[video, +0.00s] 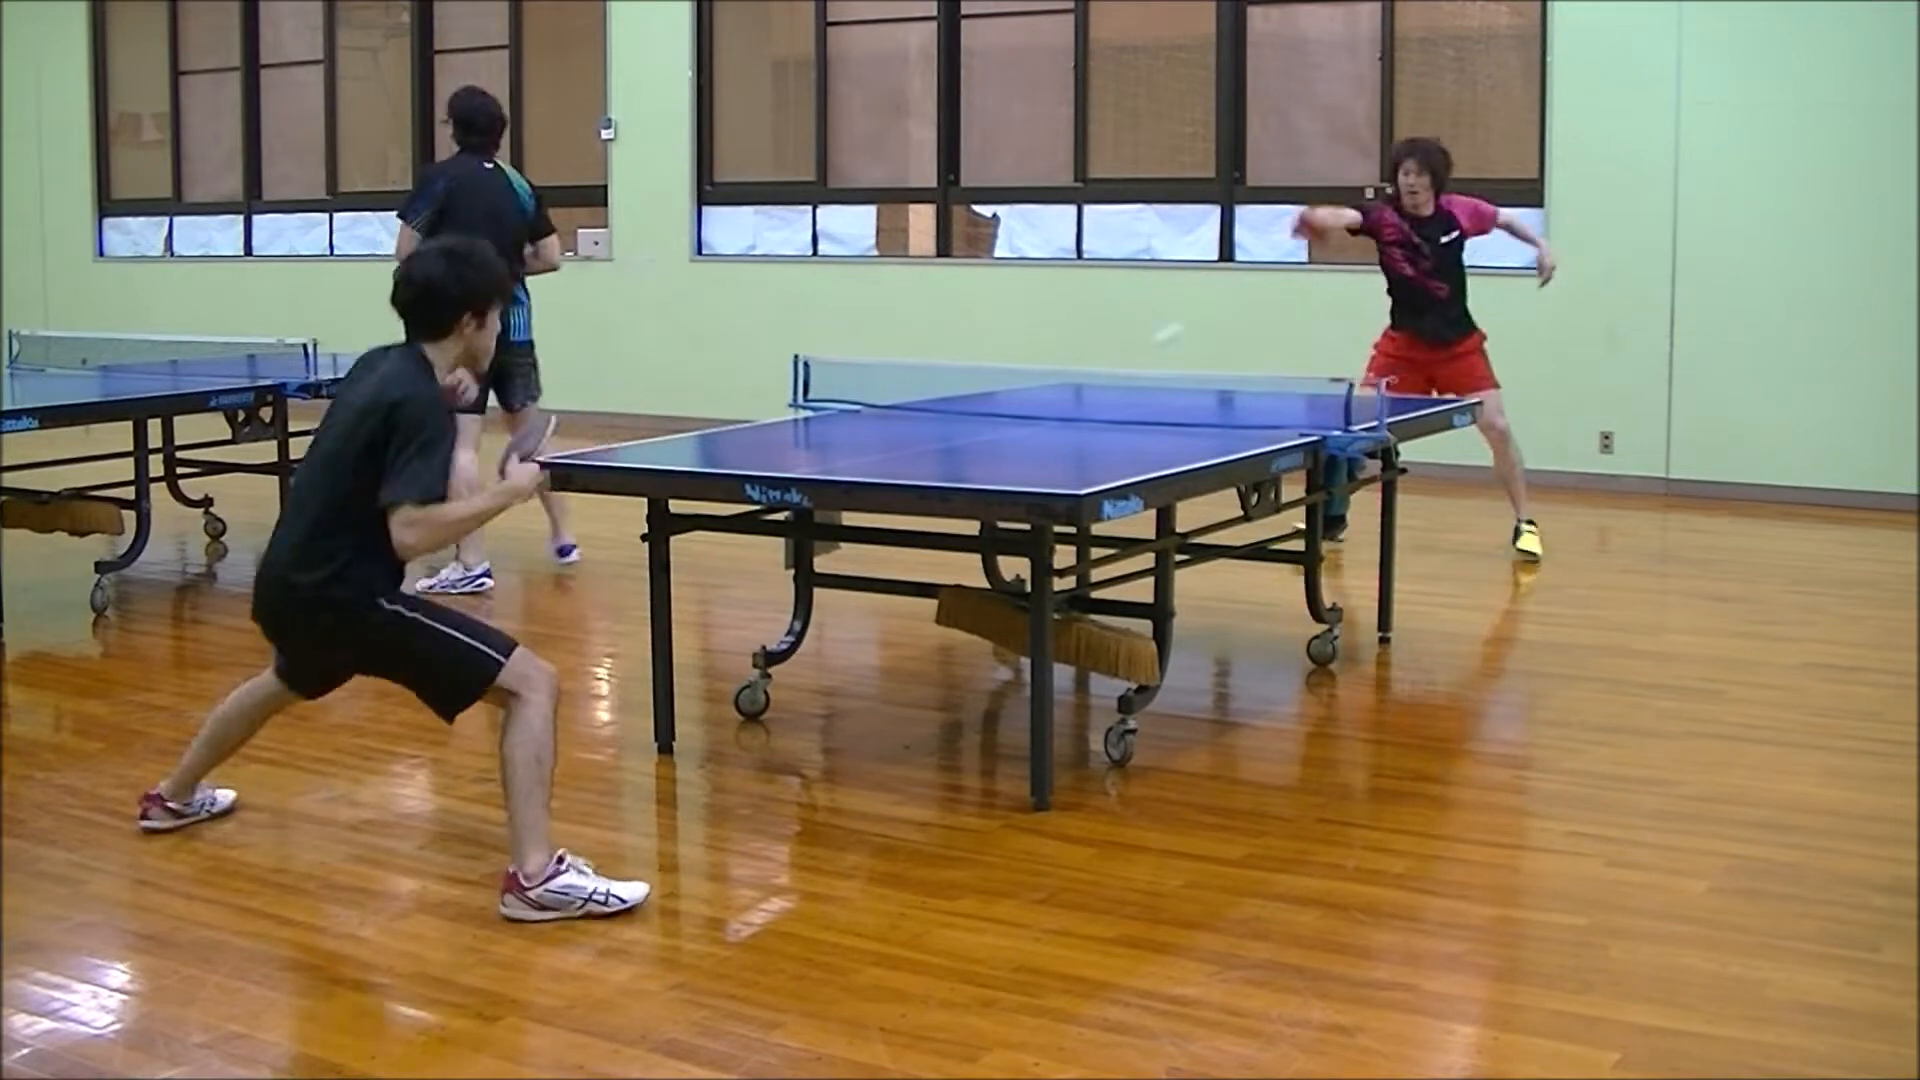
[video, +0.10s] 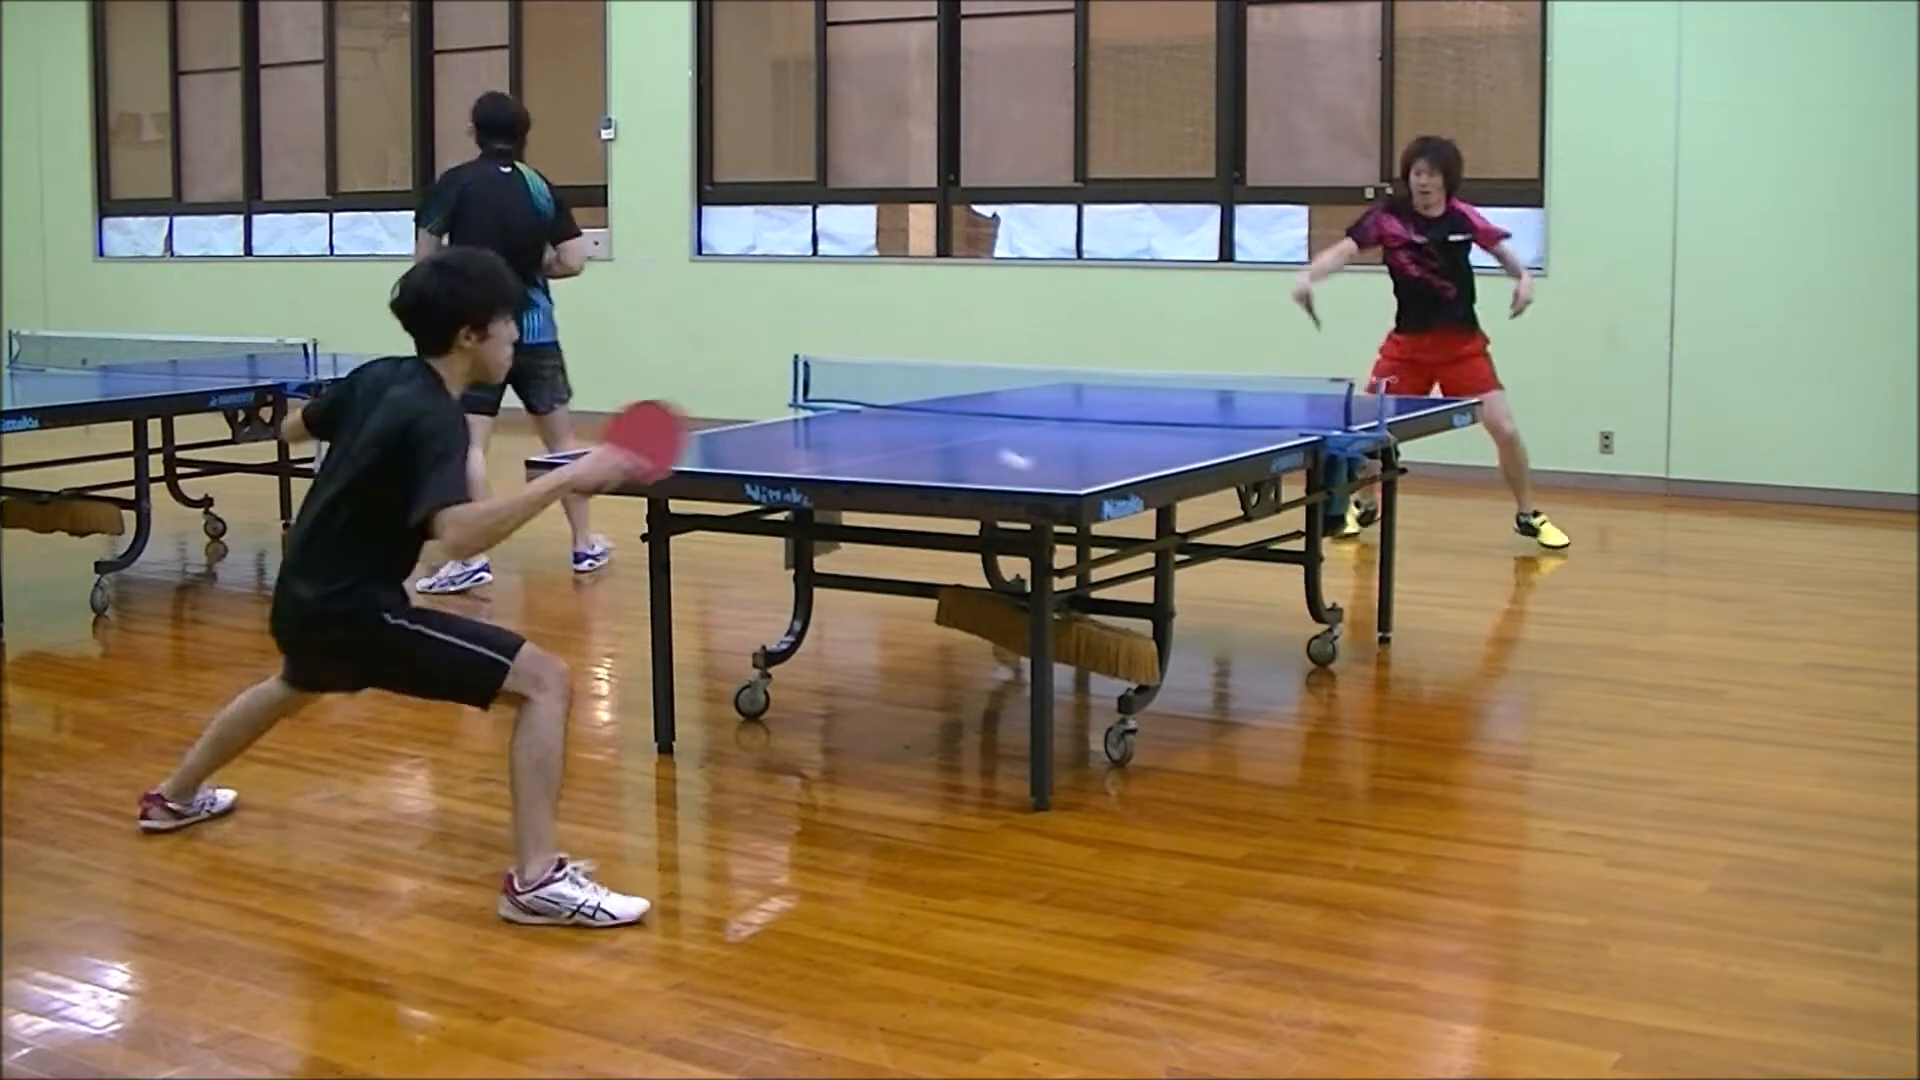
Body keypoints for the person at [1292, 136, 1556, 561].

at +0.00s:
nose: (1410, 183)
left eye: (1419, 175)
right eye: (1403, 175)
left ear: (1436, 180)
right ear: (1395, 180)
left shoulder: (1457, 211)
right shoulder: (1383, 216)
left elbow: (1506, 221)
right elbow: (1343, 218)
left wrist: (1542, 247)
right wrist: (1312, 217)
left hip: (1459, 348)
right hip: (1402, 346)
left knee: (1497, 427)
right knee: (1354, 425)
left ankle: (1524, 522)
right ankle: (1333, 516)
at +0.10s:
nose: (1423, 182)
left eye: (1432, 175)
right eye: (1416, 173)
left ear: (1448, 180)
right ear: (1406, 178)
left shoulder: (1462, 217)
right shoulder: (1387, 218)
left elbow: (1500, 250)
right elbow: (1344, 251)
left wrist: (1523, 278)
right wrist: (1308, 276)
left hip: (1463, 348)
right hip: (1407, 349)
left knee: (1506, 431)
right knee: (1363, 427)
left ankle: (1528, 514)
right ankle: (1368, 505)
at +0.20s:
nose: (1429, 192)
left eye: (1438, 185)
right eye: (1423, 184)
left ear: (1455, 192)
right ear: (1415, 191)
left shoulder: (1477, 234)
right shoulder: (1398, 241)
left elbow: (1515, 272)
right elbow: (1359, 284)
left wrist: (1524, 295)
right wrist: (1324, 319)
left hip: (1475, 360)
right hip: (1421, 359)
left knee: (1517, 444)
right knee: (1374, 433)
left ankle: (1531, 512)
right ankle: (1366, 513)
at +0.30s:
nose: (1440, 186)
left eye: (1449, 179)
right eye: (1433, 179)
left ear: (1466, 184)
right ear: (1424, 186)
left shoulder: (1492, 220)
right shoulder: (1414, 242)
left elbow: (1532, 255)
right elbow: (1391, 292)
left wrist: (1537, 299)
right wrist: (1364, 334)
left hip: (1511, 347)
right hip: (1454, 356)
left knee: (1555, 428)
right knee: (1409, 430)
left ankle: (1562, 503)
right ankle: (1381, 508)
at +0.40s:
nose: (1459, 196)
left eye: (1468, 188)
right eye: (1453, 189)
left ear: (1485, 193)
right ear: (1445, 196)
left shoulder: (1511, 231)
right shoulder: (1439, 250)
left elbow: (1556, 266)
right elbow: (1419, 297)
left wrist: (1566, 316)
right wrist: (1405, 342)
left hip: (1535, 353)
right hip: (1483, 362)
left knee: (1584, 435)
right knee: (1439, 424)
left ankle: (1626, 505)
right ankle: (1456, 504)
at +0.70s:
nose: (1481, 212)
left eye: (1490, 204)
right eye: (1475, 204)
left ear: (1511, 207)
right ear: (1469, 208)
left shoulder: (1537, 243)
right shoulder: (1458, 253)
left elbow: (1580, 274)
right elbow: (1432, 307)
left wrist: (1613, 314)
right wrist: (1455, 344)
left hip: (1535, 358)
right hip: (1479, 359)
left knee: (1590, 430)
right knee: (1427, 424)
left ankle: (1627, 512)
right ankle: (1452, 488)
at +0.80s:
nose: (1457, 218)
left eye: (1466, 210)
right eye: (1452, 211)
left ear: (1487, 213)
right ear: (1446, 214)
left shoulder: (1510, 246)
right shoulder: (1437, 258)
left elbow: (1559, 263)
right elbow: (1417, 318)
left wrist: (1609, 293)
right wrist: (1467, 339)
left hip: (1507, 361)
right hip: (1449, 362)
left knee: (1563, 426)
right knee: (1397, 428)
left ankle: (1557, 511)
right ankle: (1379, 490)